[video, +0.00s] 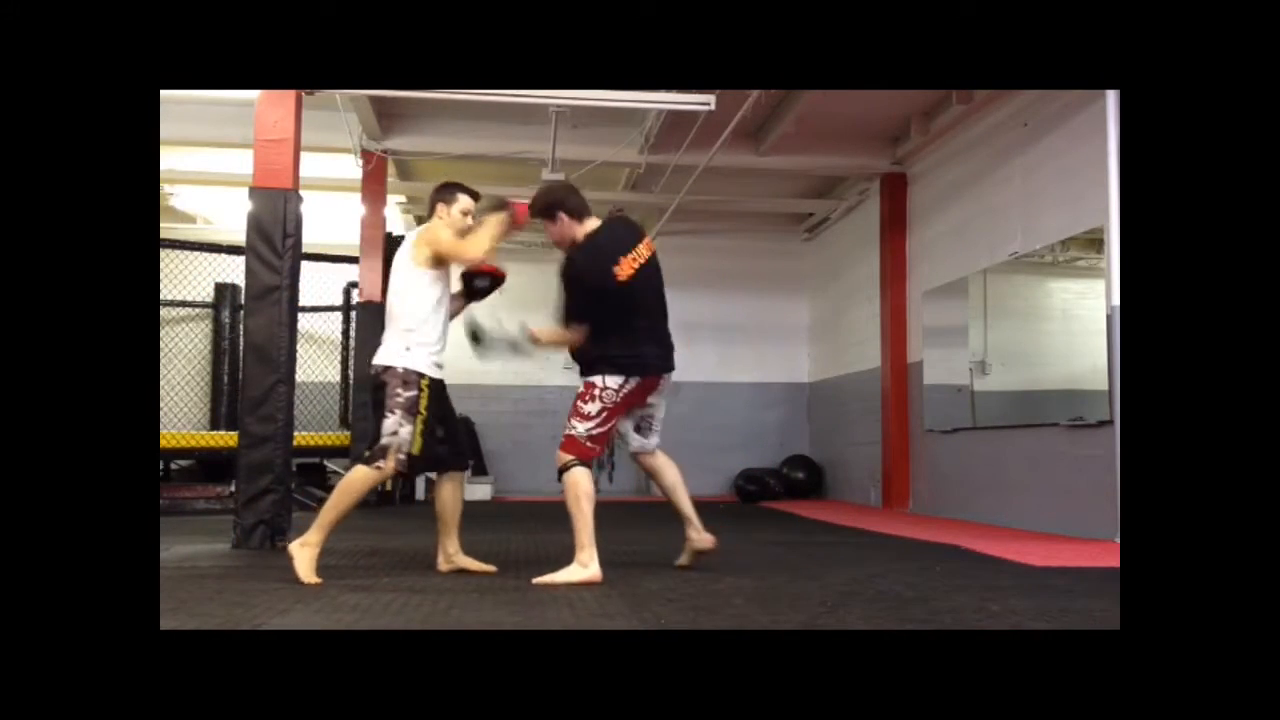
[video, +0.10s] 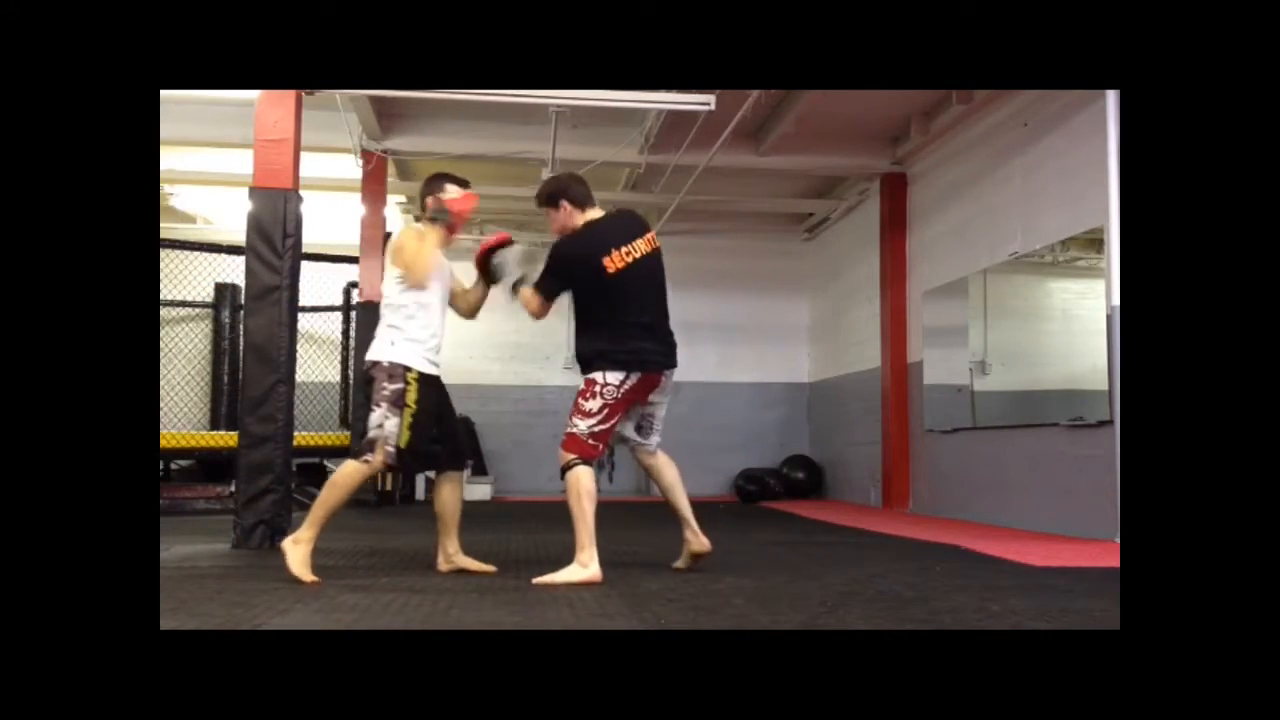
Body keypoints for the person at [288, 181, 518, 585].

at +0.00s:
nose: (470, 222)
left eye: (472, 216)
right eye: (465, 213)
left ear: (451, 214)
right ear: (441, 207)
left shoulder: (428, 247)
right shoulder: (433, 231)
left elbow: (432, 316)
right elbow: (473, 252)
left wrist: (468, 295)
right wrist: (497, 221)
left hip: (423, 367)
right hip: (406, 365)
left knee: (452, 458)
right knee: (388, 459)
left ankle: (450, 552)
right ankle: (308, 543)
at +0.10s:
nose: (464, 209)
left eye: (464, 202)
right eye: (458, 201)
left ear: (443, 204)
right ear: (433, 202)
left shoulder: (440, 259)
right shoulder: (409, 237)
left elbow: (469, 306)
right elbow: (419, 272)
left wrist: (488, 275)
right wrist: (440, 232)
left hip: (424, 369)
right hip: (396, 362)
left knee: (451, 456)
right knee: (375, 455)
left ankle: (450, 551)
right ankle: (301, 540)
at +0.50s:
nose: (395, 203)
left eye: (395, 196)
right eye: (387, 196)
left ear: (378, 199)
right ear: (360, 196)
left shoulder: (390, 244)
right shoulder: (324, 241)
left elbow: (435, 284)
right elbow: (304, 299)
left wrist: (467, 252)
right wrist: (333, 252)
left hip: (386, 371)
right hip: (338, 370)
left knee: (418, 461)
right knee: (310, 470)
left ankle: (423, 547)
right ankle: (279, 559)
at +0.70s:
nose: (393, 198)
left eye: (393, 190)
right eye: (385, 190)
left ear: (373, 197)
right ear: (358, 194)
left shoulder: (387, 243)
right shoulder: (324, 235)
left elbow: (410, 279)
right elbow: (310, 285)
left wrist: (429, 271)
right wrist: (339, 234)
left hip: (378, 367)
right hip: (332, 364)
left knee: (404, 461)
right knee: (309, 468)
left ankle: (398, 552)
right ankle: (278, 560)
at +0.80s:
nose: (402, 202)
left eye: (402, 195)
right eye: (395, 194)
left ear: (385, 200)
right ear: (369, 196)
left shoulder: (382, 246)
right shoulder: (341, 237)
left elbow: (406, 300)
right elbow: (368, 273)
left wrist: (416, 284)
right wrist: (375, 230)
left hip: (375, 370)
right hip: (336, 368)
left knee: (399, 463)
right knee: (317, 466)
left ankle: (398, 553)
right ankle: (279, 559)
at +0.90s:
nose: (407, 206)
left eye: (408, 199)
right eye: (401, 198)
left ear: (383, 200)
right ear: (377, 198)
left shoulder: (379, 245)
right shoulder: (360, 236)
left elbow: (392, 305)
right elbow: (409, 269)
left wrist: (417, 287)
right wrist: (421, 226)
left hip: (370, 371)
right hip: (338, 368)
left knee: (396, 461)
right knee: (324, 465)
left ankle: (398, 553)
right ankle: (278, 559)